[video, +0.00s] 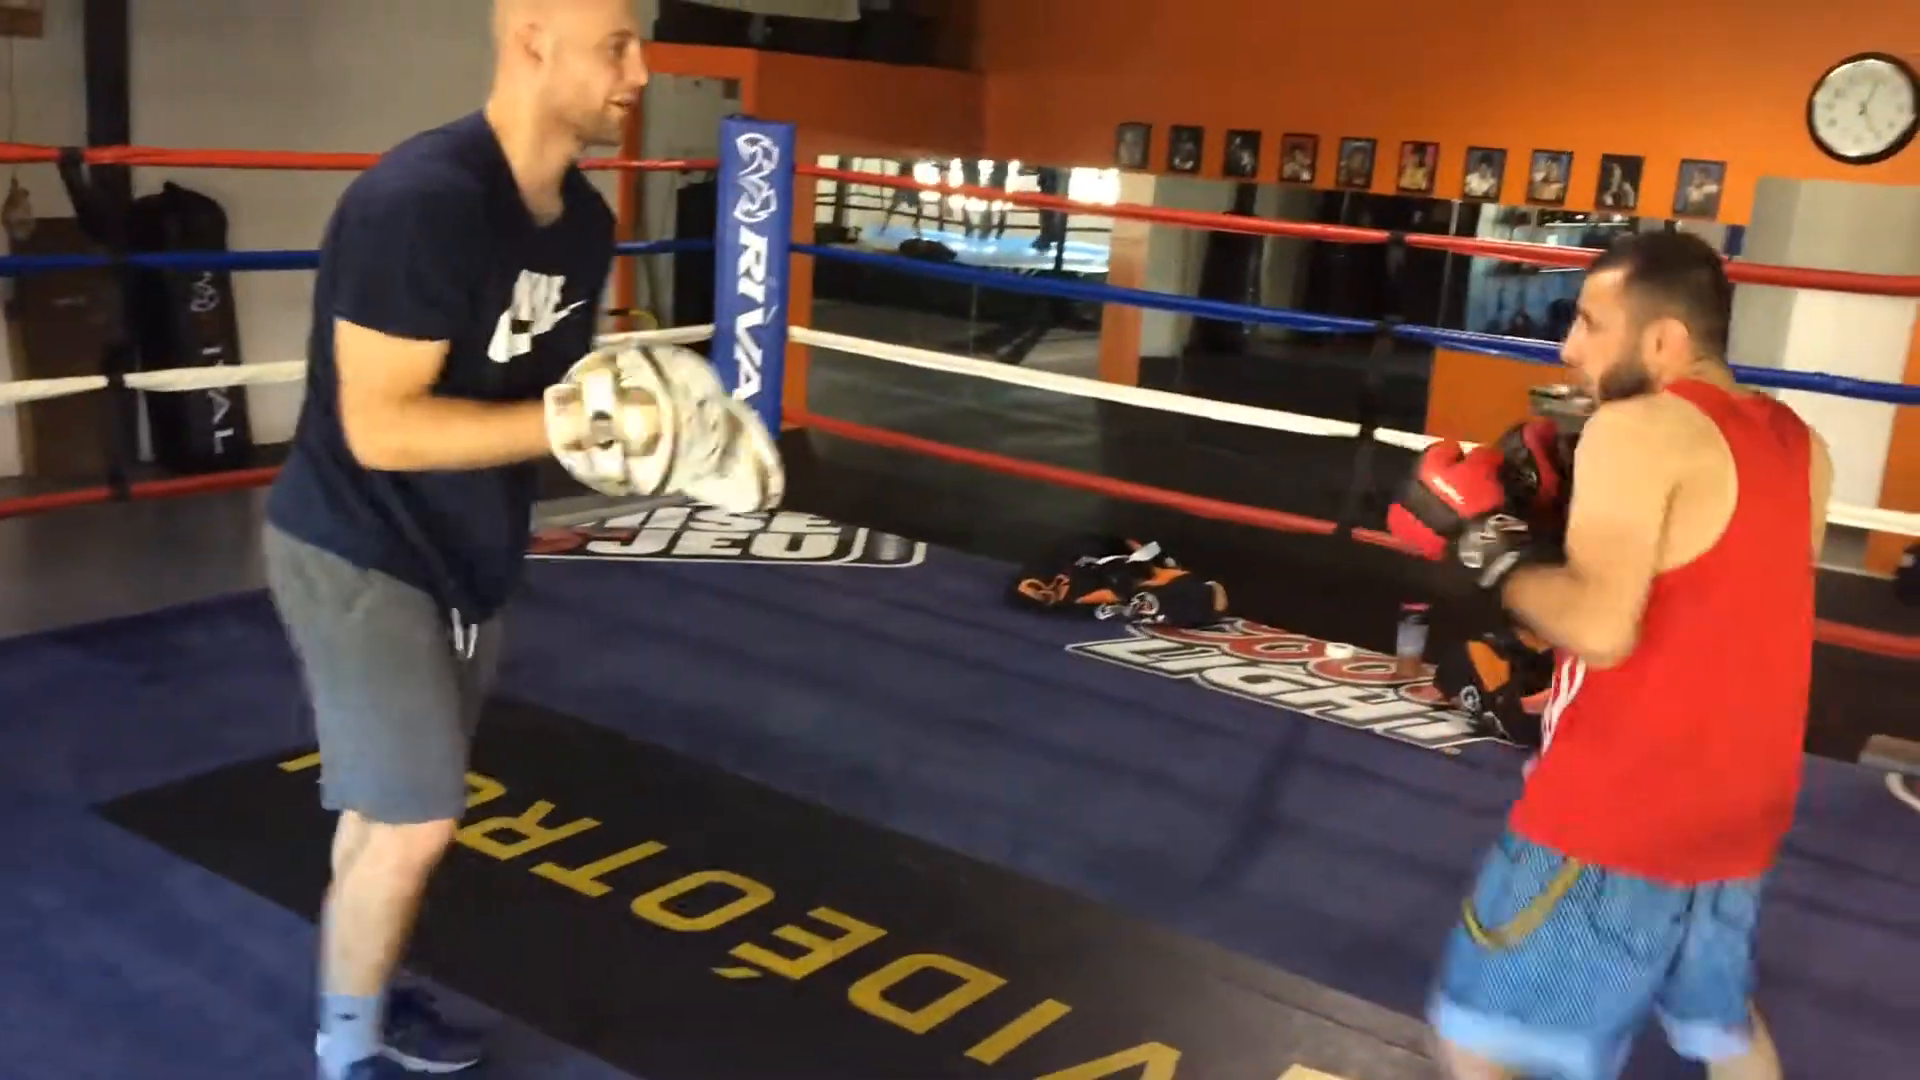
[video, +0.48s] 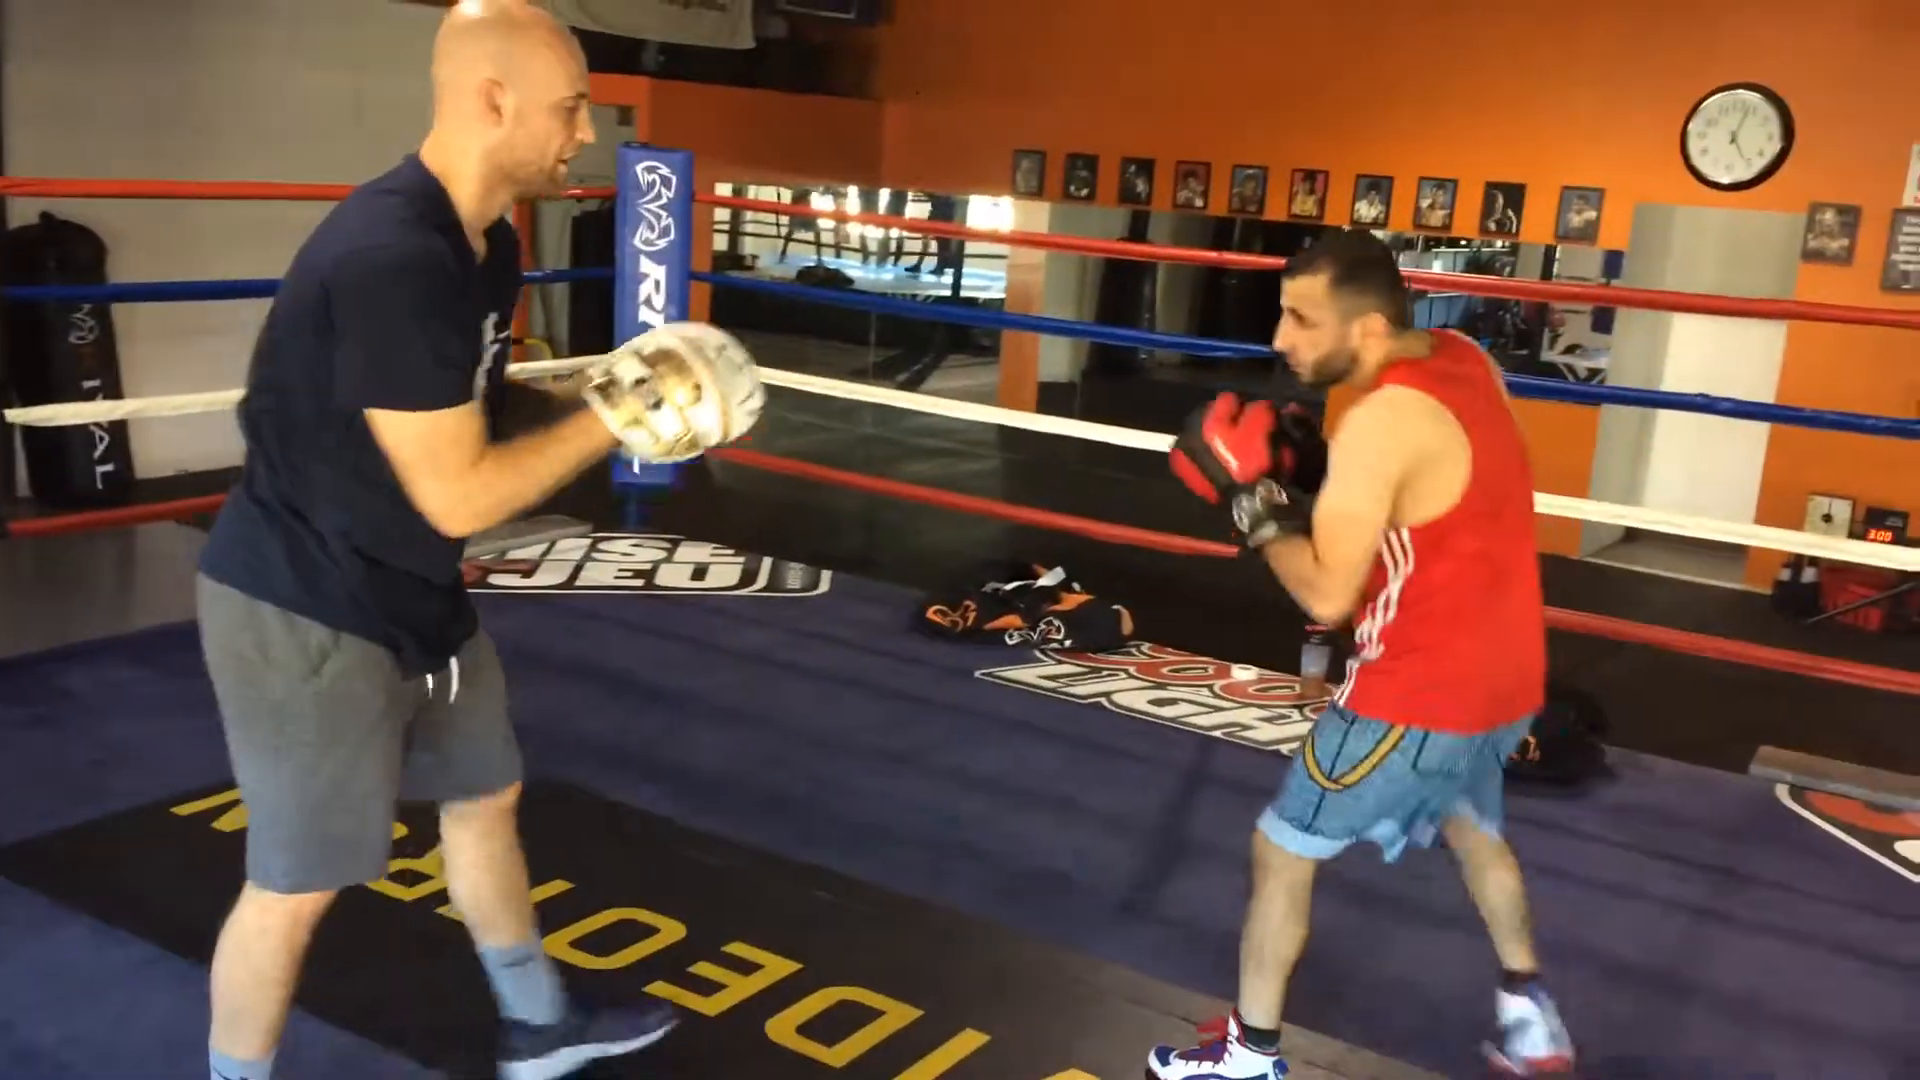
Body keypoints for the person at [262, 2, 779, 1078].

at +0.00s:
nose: (639, 74)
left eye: (639, 48)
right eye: (615, 48)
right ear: (529, 45)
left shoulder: (583, 222)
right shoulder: (417, 201)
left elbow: (541, 400)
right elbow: (379, 430)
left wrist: (650, 420)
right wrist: (574, 422)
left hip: (469, 555)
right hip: (354, 548)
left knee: (398, 798)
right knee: (412, 816)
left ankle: (364, 988)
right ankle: (345, 1053)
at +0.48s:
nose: (584, 135)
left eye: (584, 110)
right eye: (569, 109)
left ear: (497, 106)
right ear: (487, 103)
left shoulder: (491, 241)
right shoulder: (393, 258)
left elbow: (482, 412)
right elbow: (457, 498)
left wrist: (614, 393)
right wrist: (623, 418)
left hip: (416, 589)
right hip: (297, 602)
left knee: (483, 796)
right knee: (296, 872)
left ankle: (540, 1028)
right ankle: (236, 1071)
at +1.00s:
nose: (707, 187)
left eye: (709, 164)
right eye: (700, 161)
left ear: (625, 148)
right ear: (638, 148)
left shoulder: (548, 263)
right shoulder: (557, 277)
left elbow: (649, 451)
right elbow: (672, 483)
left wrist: (758, 363)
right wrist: (778, 372)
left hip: (490, 622)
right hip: (420, 627)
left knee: (516, 857)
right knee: (462, 902)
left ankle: (548, 1066)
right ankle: (378, 1078)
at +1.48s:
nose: (730, 245)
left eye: (732, 219)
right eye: (722, 216)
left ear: (641, 207)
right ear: (659, 207)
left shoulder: (546, 306)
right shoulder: (596, 341)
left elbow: (569, 488)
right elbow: (710, 554)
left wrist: (700, 417)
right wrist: (800, 429)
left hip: (507, 650)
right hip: (410, 658)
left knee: (578, 843)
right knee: (456, 944)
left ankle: (586, 1069)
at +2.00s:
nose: (786, 260)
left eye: (791, 239)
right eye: (778, 234)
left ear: (693, 216)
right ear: (709, 216)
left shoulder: (584, 294)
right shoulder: (698, 330)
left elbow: (544, 448)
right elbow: (881, 447)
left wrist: (661, 516)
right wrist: (945, 469)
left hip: (536, 645)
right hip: (474, 649)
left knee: (586, 848)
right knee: (487, 942)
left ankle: (602, 1069)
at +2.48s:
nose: (789, 242)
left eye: (793, 219)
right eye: (779, 215)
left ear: (698, 198)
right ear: (713, 196)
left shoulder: (585, 297)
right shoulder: (704, 328)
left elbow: (599, 469)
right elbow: (772, 539)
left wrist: (740, 520)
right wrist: (808, 516)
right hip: (505, 659)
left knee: (610, 846)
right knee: (511, 945)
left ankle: (618, 1067)